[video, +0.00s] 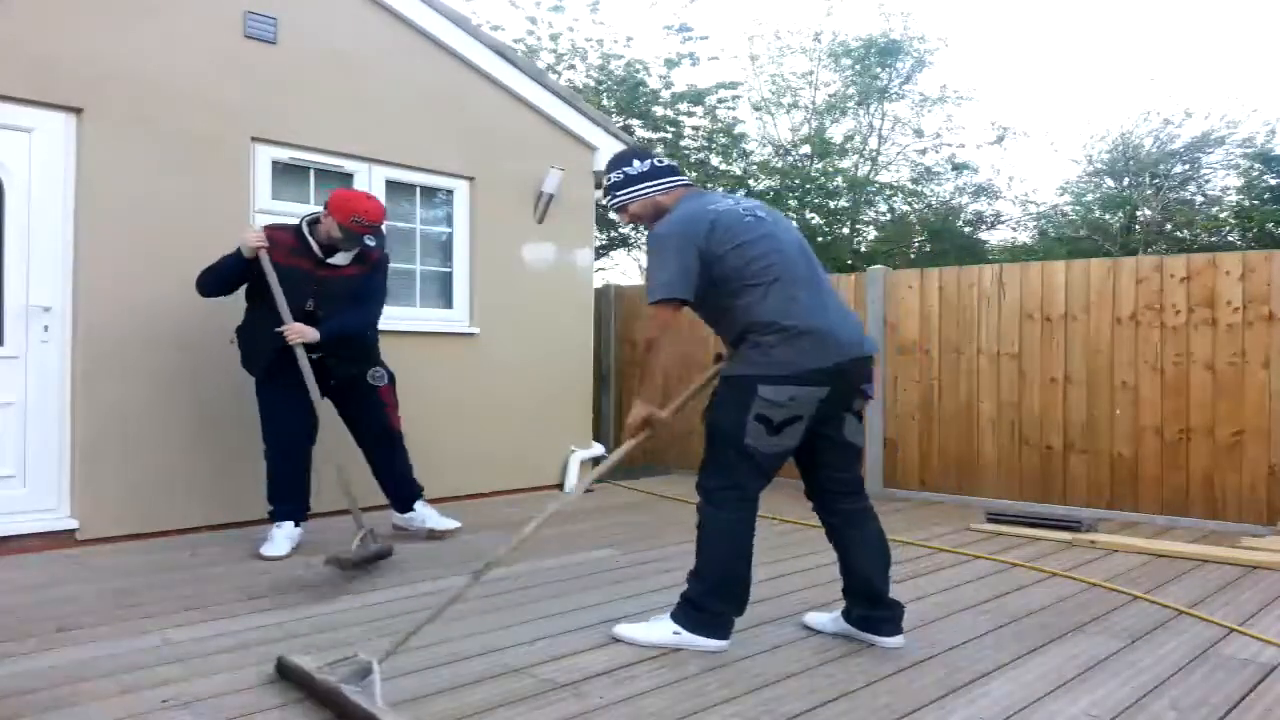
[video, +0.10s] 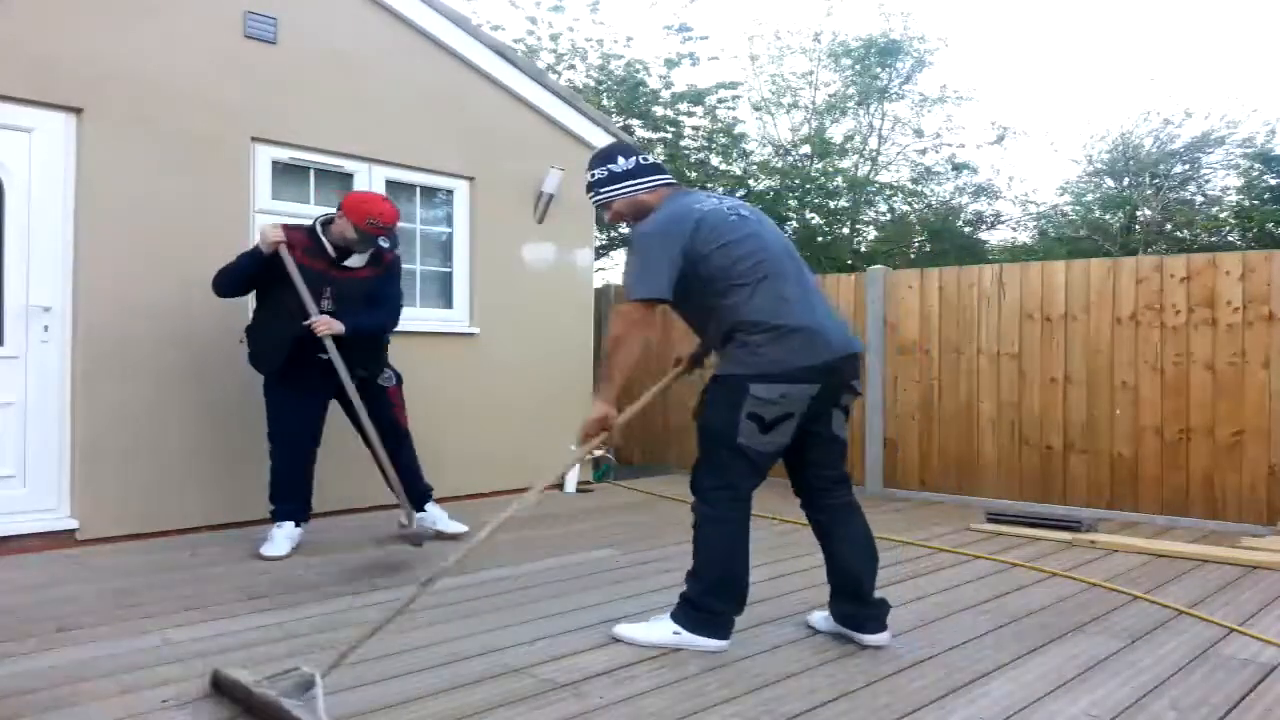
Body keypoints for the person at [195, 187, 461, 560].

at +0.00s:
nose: (355, 245)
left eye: (361, 239)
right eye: (351, 237)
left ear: (366, 232)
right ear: (329, 222)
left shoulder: (371, 259)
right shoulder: (275, 243)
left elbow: (365, 317)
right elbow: (206, 286)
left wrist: (318, 332)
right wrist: (242, 255)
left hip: (343, 351)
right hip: (280, 353)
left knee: (378, 425)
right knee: (289, 433)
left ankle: (409, 507)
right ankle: (286, 523)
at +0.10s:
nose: (369, 247)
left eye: (374, 241)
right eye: (366, 239)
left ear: (372, 233)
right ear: (343, 224)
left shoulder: (383, 259)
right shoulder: (289, 244)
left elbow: (388, 316)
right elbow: (223, 287)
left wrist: (344, 324)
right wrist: (260, 252)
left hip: (357, 360)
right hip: (294, 361)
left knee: (390, 430)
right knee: (292, 443)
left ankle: (422, 508)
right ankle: (287, 523)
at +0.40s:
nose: (427, 253)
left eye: (432, 247)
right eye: (425, 243)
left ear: (431, 242)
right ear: (408, 226)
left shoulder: (432, 270)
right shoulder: (346, 249)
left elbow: (450, 314)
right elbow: (299, 297)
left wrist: (447, 335)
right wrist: (346, 279)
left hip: (399, 371)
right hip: (340, 368)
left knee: (417, 438)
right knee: (321, 444)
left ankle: (415, 514)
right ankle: (291, 522)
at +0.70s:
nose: (462, 257)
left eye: (467, 252)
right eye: (461, 248)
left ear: (460, 245)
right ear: (443, 231)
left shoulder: (461, 273)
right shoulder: (381, 252)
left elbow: (483, 316)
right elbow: (358, 305)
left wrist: (513, 358)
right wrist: (424, 314)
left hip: (417, 366)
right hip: (364, 362)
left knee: (424, 437)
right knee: (350, 437)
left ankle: (416, 515)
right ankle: (323, 514)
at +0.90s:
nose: (466, 260)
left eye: (471, 255)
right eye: (465, 251)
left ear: (471, 249)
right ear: (446, 233)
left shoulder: (466, 276)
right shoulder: (385, 254)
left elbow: (483, 317)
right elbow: (361, 307)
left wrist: (505, 362)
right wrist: (417, 314)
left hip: (423, 367)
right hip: (369, 362)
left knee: (425, 436)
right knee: (371, 435)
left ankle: (416, 514)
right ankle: (360, 512)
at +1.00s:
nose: (460, 258)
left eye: (465, 253)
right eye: (458, 249)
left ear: (466, 248)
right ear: (440, 232)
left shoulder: (465, 272)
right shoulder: (380, 254)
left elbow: (479, 315)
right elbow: (355, 306)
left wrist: (492, 357)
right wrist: (404, 304)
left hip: (426, 368)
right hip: (371, 363)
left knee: (426, 436)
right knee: (378, 436)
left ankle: (416, 514)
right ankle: (375, 513)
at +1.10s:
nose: (452, 255)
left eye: (458, 250)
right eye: (450, 247)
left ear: (459, 245)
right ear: (433, 230)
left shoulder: (461, 270)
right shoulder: (375, 253)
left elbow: (474, 314)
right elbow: (340, 302)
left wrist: (473, 351)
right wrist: (387, 291)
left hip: (428, 366)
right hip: (373, 364)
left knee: (429, 437)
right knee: (377, 437)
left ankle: (416, 514)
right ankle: (375, 513)